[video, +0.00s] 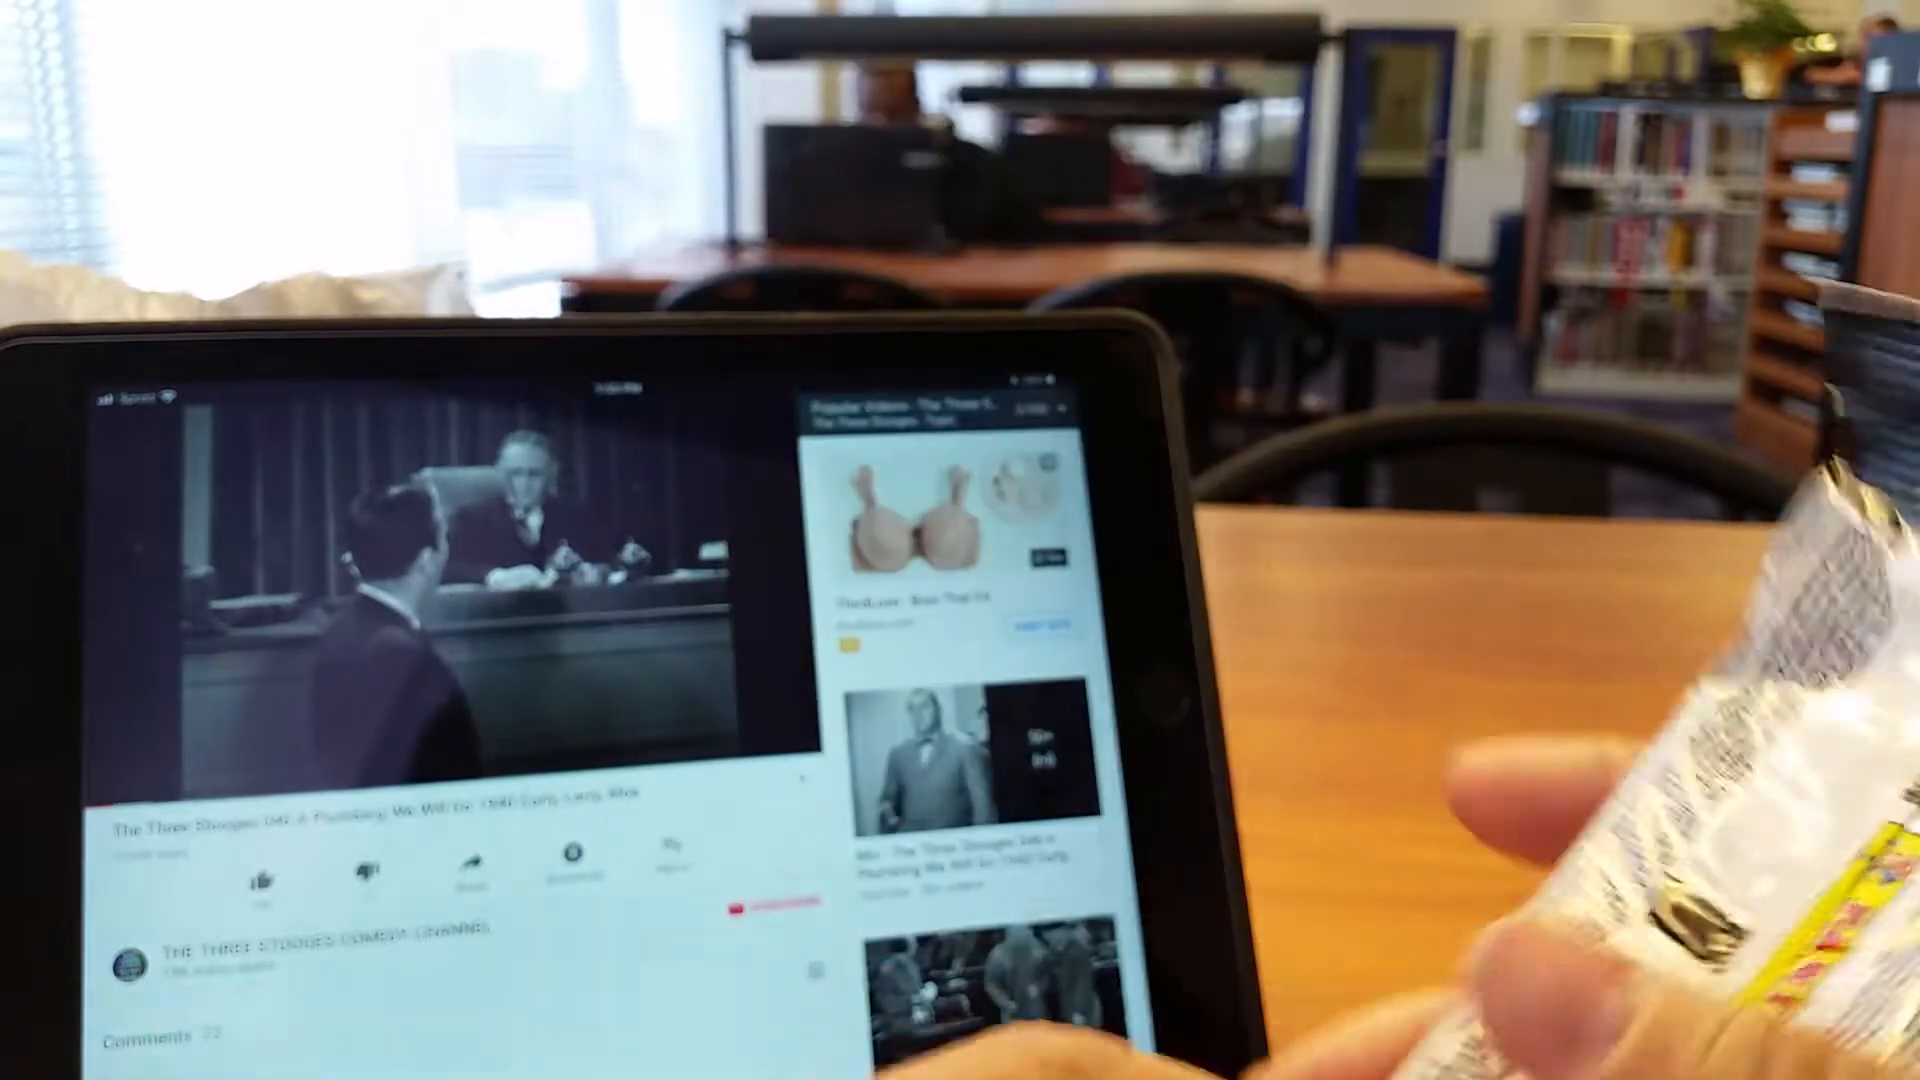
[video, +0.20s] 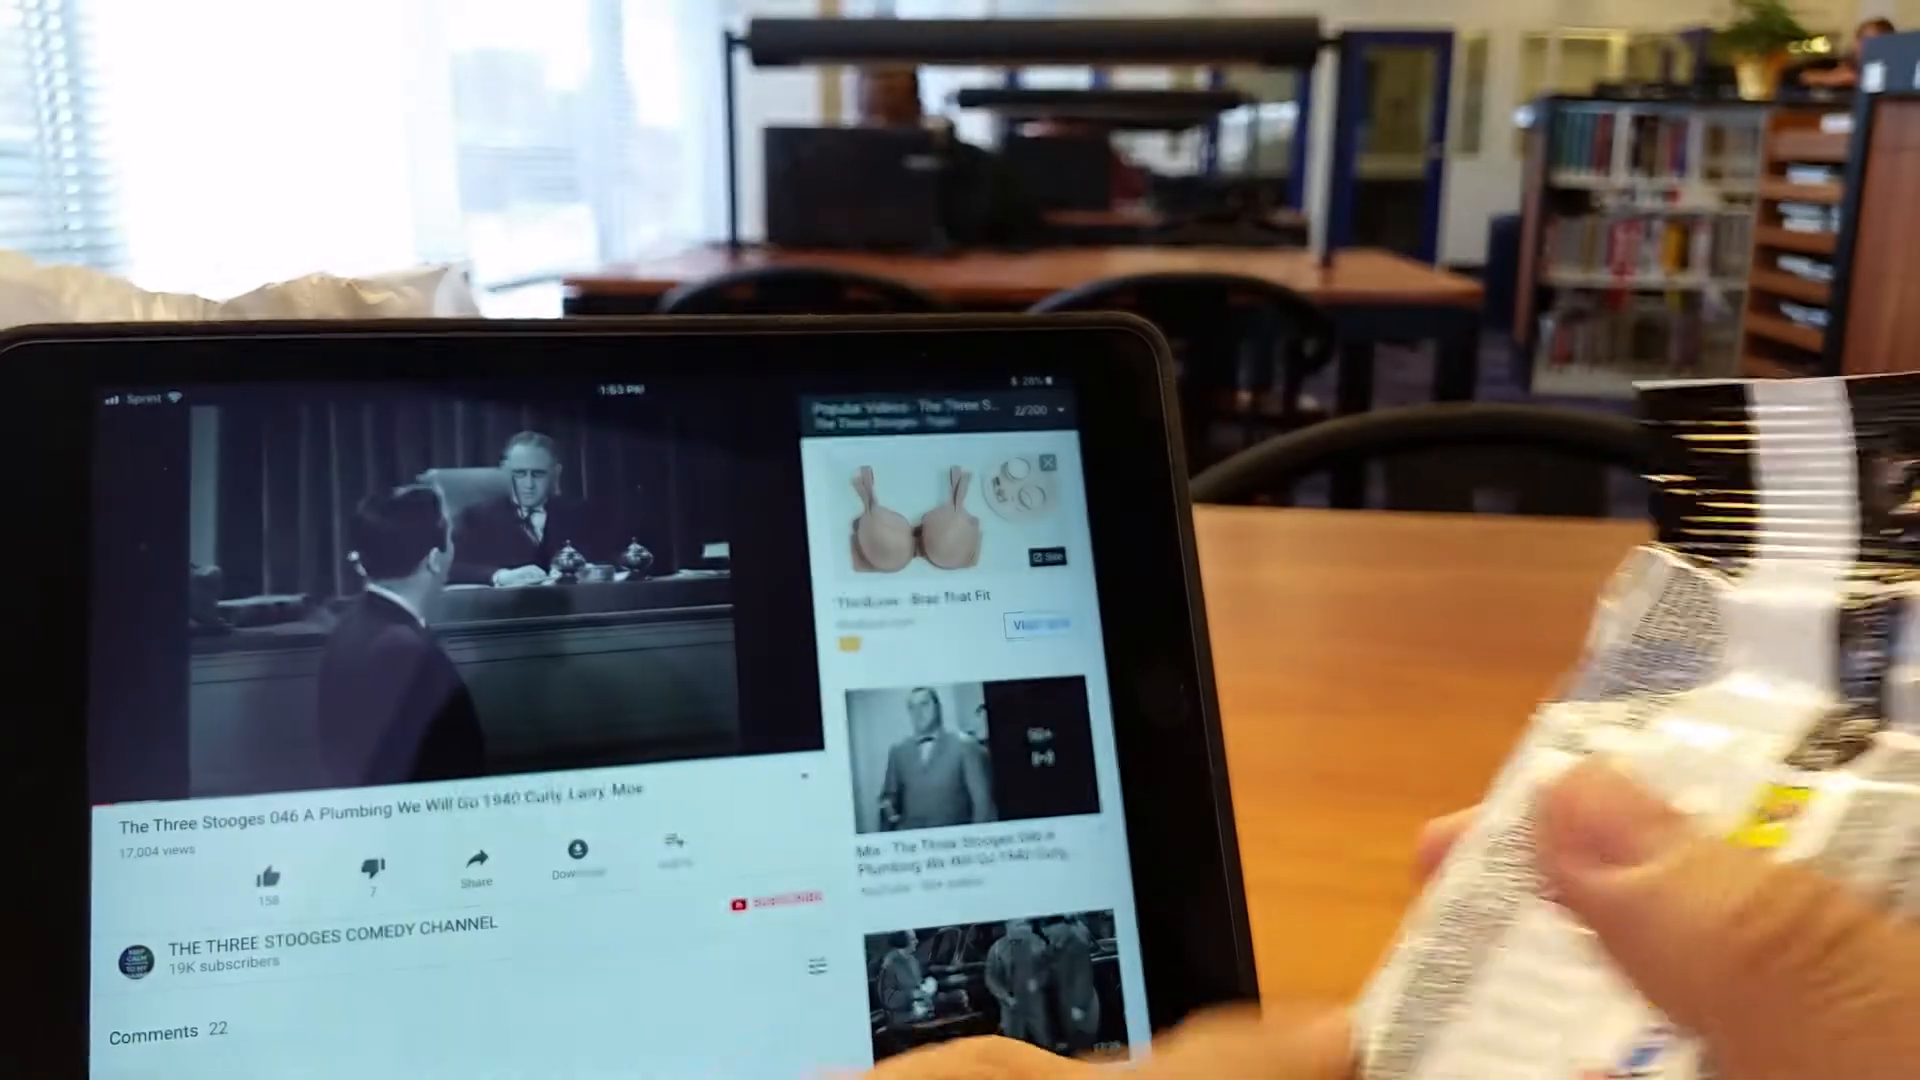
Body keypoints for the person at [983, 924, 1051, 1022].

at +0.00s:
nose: (1020, 940)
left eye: (1023, 936)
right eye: (1016, 936)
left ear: (1029, 935)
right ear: (1009, 936)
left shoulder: (1037, 952)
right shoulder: (999, 954)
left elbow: (1047, 975)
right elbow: (990, 983)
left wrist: (1037, 988)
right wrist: (1007, 1004)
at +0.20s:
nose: (1021, 931)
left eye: (1024, 926)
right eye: (1016, 926)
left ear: (1029, 927)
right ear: (1008, 929)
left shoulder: (1037, 944)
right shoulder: (998, 948)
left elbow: (1047, 970)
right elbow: (991, 977)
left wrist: (1037, 983)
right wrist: (1006, 997)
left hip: (1035, 1000)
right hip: (1012, 1003)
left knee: (1042, 1041)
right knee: (1013, 1041)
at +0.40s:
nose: (1023, 924)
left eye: (1023, 920)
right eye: (1019, 921)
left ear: (1026, 922)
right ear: (1007, 922)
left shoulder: (1036, 940)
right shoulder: (998, 944)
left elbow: (1046, 964)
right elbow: (990, 972)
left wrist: (1036, 977)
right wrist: (1005, 992)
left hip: (1034, 997)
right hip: (1010, 1000)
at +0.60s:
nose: (1023, 924)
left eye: (1024, 920)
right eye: (1018, 921)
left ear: (1026, 921)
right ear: (1008, 923)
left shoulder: (1036, 940)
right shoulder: (997, 944)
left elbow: (1047, 964)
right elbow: (991, 972)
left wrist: (1037, 977)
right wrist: (1004, 992)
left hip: (1033, 997)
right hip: (1010, 999)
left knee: (1040, 1034)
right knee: (1013, 1037)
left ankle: (1048, 1063)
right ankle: (1017, 1067)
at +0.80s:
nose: (1023, 924)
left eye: (1024, 920)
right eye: (1018, 921)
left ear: (1027, 921)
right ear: (1007, 923)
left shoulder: (1036, 939)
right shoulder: (997, 944)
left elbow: (1046, 964)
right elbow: (990, 972)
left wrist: (1036, 977)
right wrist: (1004, 991)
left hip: (1033, 997)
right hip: (1010, 999)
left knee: (1039, 1034)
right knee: (1013, 1039)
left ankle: (1046, 1067)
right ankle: (1019, 1070)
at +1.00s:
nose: (1022, 924)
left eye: (1024, 920)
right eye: (1018, 921)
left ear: (1027, 921)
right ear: (1007, 923)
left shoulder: (1036, 939)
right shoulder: (997, 944)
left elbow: (1046, 964)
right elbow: (990, 972)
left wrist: (1036, 977)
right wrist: (1004, 992)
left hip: (1033, 997)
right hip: (1010, 999)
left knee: (1040, 1035)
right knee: (1013, 1040)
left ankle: (1047, 1068)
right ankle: (1019, 1070)